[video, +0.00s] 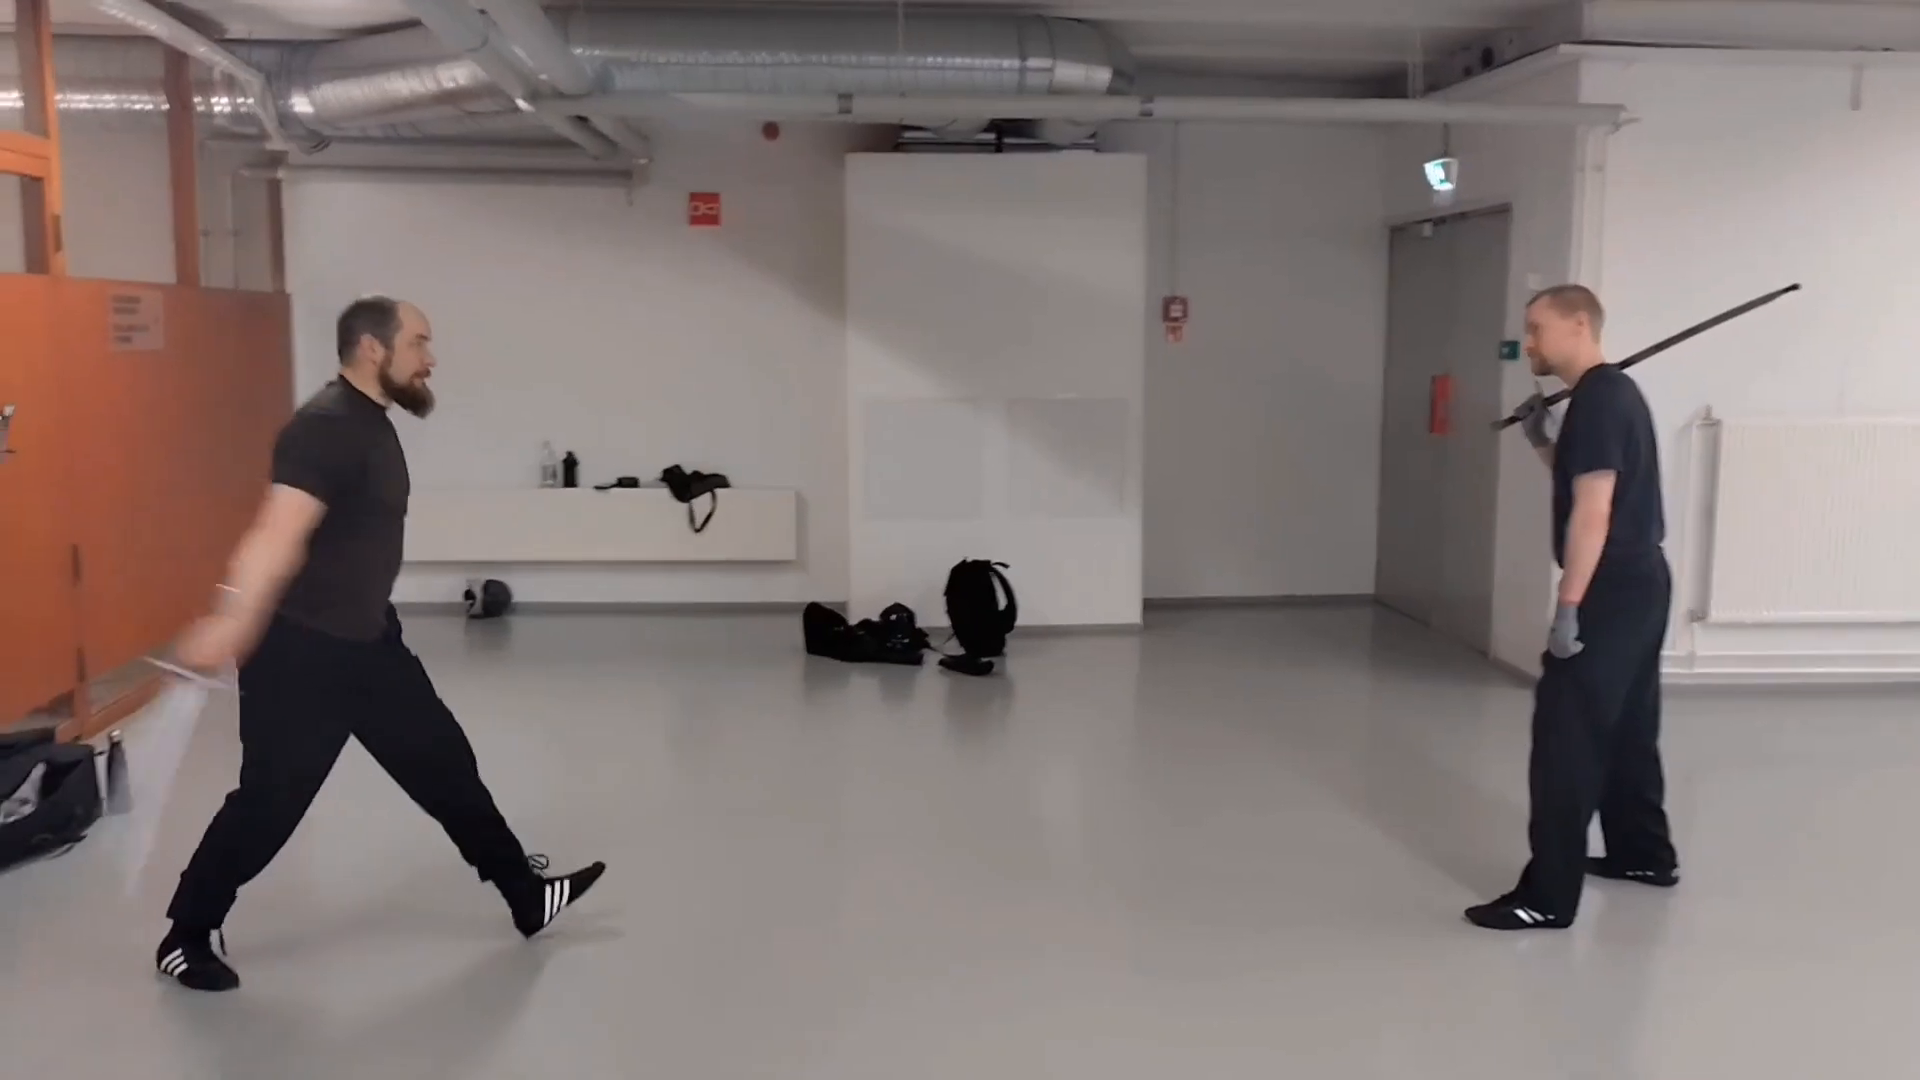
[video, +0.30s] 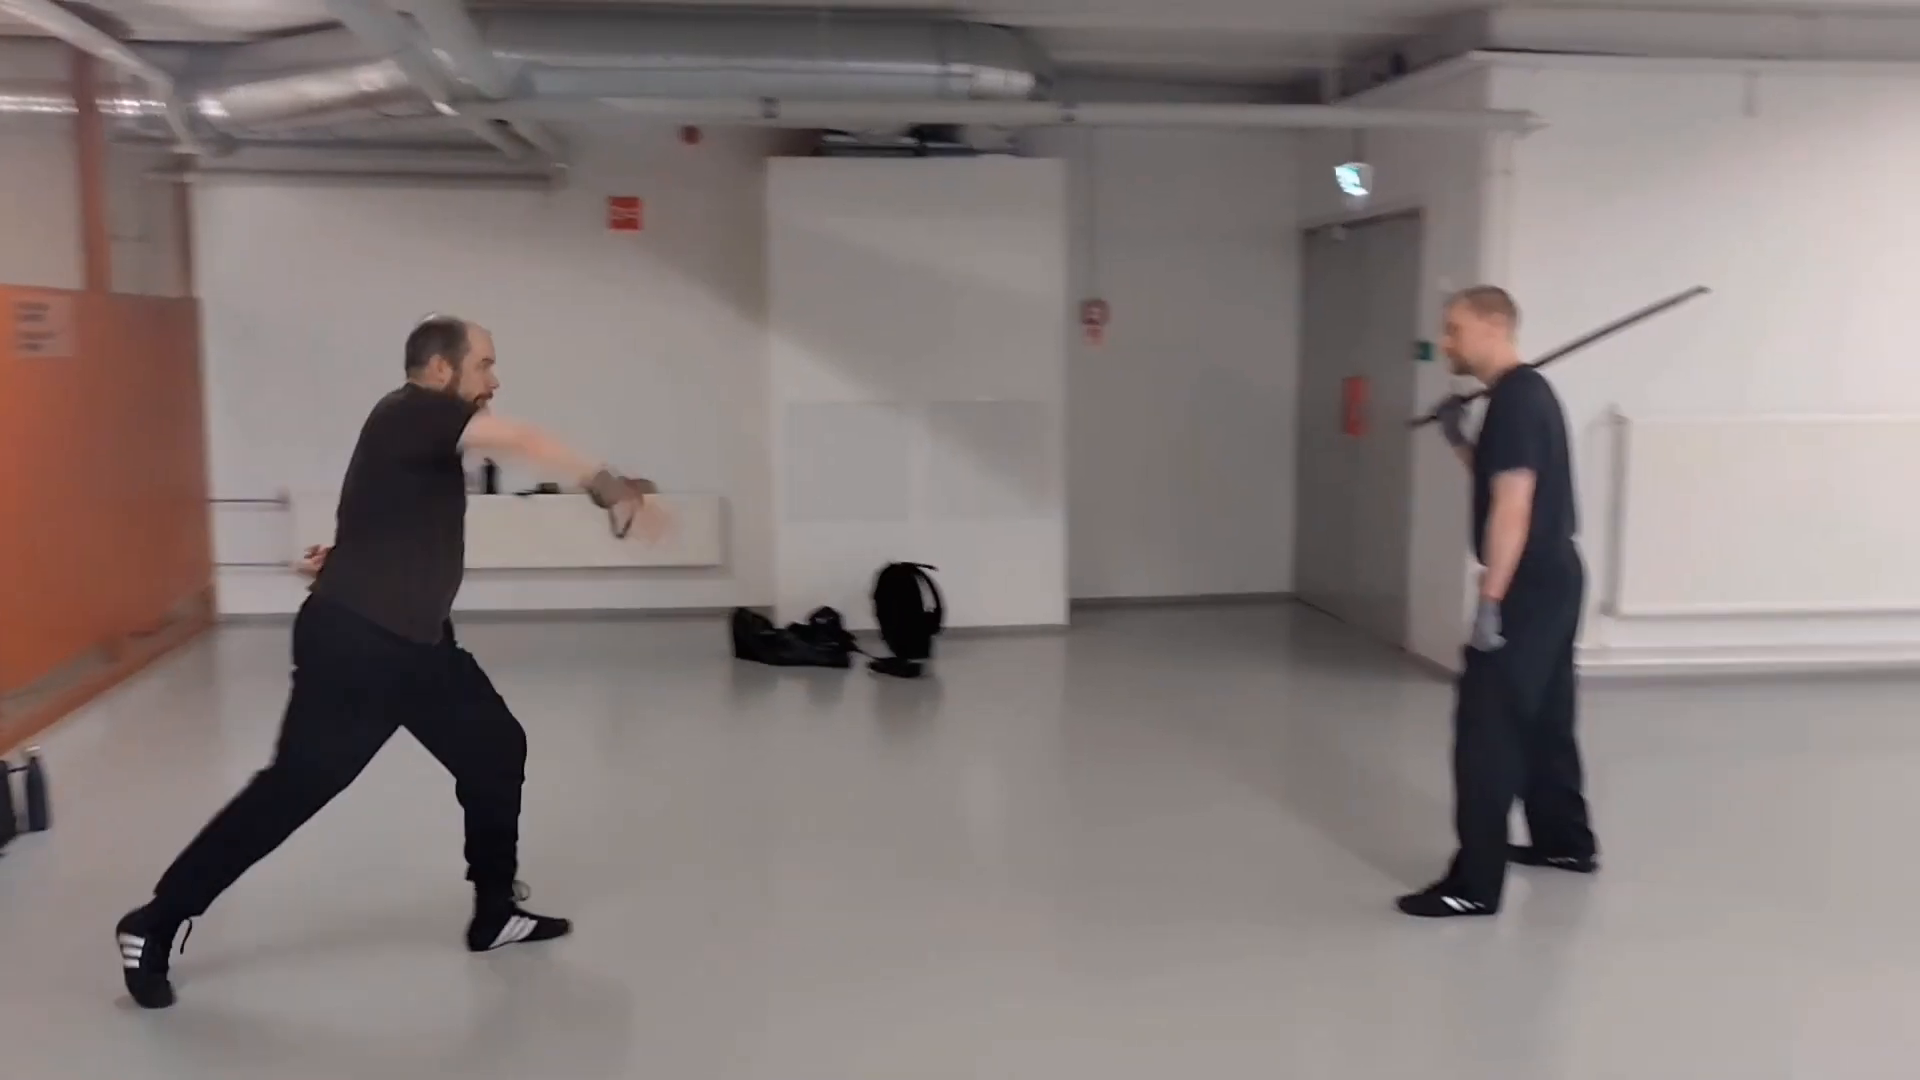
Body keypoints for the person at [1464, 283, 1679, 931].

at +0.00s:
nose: (1527, 344)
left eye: (1535, 330)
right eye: (1527, 332)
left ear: (1577, 328)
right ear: (1582, 329)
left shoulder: (1597, 398)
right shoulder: (1614, 392)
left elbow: (1594, 507)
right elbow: (1586, 485)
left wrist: (1566, 607)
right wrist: (1542, 437)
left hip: (1607, 594)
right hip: (1636, 588)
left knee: (1563, 736)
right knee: (1627, 726)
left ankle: (1548, 896)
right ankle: (1642, 852)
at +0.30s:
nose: (1446, 345)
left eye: (1454, 331)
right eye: (1446, 333)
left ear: (1494, 329)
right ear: (1498, 332)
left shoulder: (1515, 398)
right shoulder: (1526, 392)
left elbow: (1515, 502)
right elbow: (1503, 486)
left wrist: (1489, 602)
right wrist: (1461, 439)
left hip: (1525, 583)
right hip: (1548, 574)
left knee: (1483, 723)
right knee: (1543, 713)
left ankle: (1475, 882)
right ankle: (1564, 840)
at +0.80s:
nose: (1371, 348)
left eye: (1379, 336)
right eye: (1372, 337)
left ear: (1419, 337)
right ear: (1417, 337)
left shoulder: (1438, 401)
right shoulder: (1420, 403)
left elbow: (1434, 506)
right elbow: (1366, 476)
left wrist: (1401, 597)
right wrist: (1350, 406)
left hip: (1433, 584)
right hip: (1428, 579)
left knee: (1382, 716)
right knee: (1415, 706)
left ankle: (1404, 869)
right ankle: (1453, 815)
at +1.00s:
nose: (1379, 338)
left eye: (1389, 327)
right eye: (1379, 328)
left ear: (1429, 328)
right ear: (1404, 334)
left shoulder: (1461, 400)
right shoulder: (1394, 395)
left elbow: (1468, 501)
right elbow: (1312, 419)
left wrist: (1440, 588)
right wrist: (1303, 346)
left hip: (1442, 575)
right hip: (1402, 571)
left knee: (1414, 719)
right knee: (1422, 707)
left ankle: (1405, 867)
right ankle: (1458, 817)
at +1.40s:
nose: (1348, 344)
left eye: (1359, 333)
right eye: (1348, 334)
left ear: (1400, 334)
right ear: (1367, 341)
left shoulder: (1436, 409)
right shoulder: (1356, 403)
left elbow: (1451, 507)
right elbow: (1310, 457)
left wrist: (1422, 589)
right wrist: (1278, 455)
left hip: (1418, 579)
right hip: (1371, 575)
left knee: (1379, 705)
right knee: (1410, 702)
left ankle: (1375, 862)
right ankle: (1452, 825)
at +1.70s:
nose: (1285, 344)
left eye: (1297, 335)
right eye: (1286, 334)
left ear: (1338, 343)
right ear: (1314, 343)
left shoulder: (1371, 421)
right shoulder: (1281, 406)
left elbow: (1387, 525)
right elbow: (1216, 457)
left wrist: (1355, 608)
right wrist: (1150, 458)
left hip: (1341, 594)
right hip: (1289, 587)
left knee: (1313, 727)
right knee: (1288, 722)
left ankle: (1332, 874)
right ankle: (1376, 778)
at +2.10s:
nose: (1177, 363)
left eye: (1190, 352)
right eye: (1178, 352)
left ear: (1230, 359)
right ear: (1186, 360)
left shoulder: (1266, 445)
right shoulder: (1150, 415)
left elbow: (1295, 540)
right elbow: (1060, 389)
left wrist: (1285, 632)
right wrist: (977, 356)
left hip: (1232, 627)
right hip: (1158, 622)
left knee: (1293, 745)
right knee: (1088, 729)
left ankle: (1365, 855)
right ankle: (1004, 853)